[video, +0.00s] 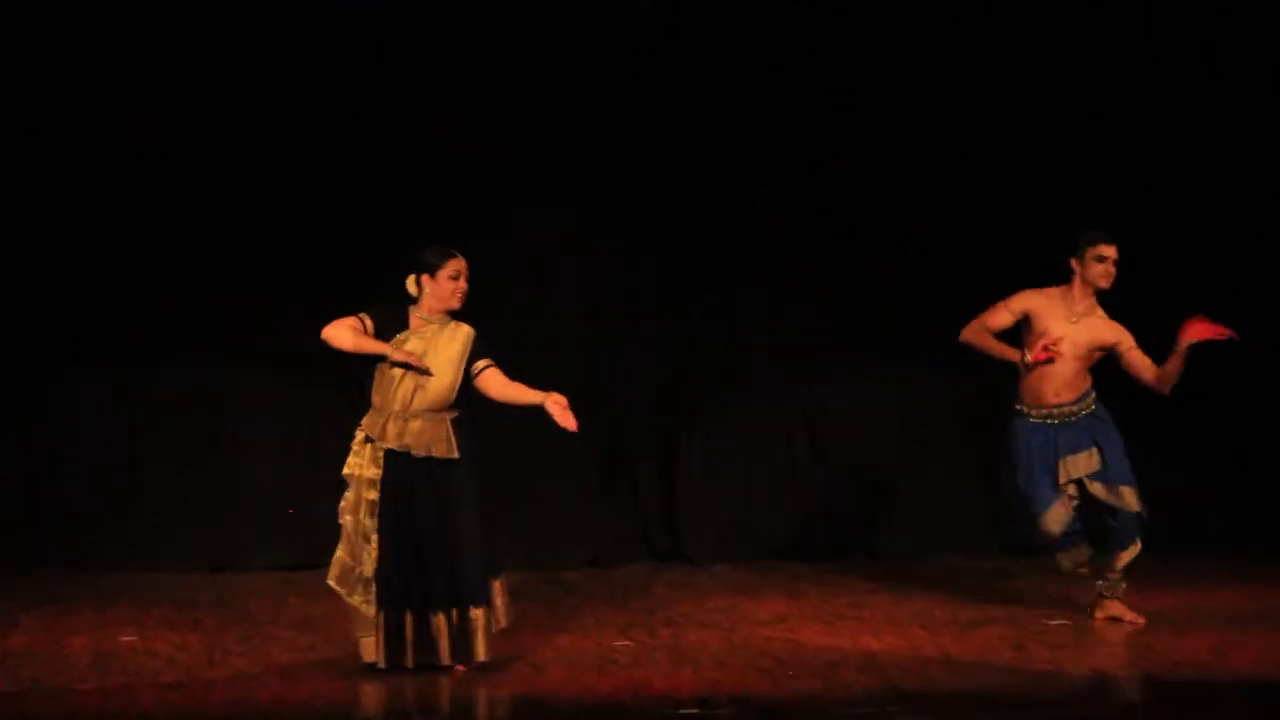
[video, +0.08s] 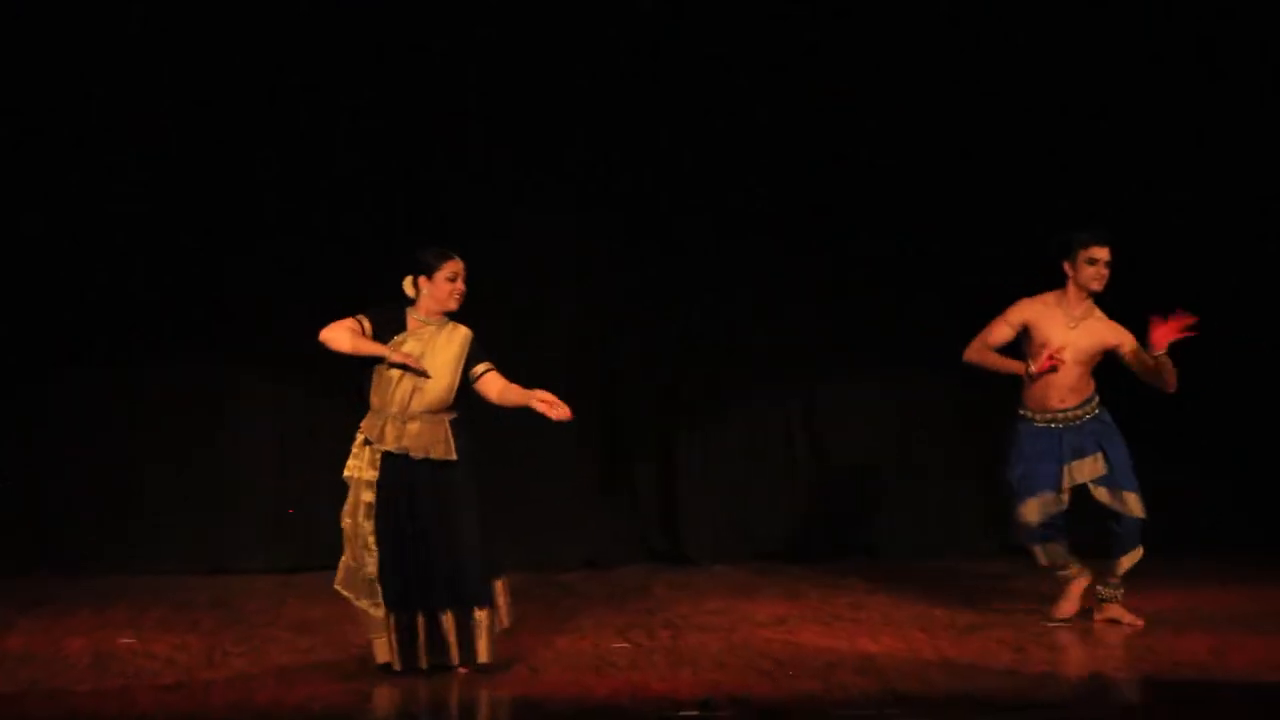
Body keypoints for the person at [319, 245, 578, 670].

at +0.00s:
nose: (463, 286)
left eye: (465, 279)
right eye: (454, 277)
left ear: (463, 285)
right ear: (424, 281)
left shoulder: (462, 339)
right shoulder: (390, 321)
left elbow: (495, 384)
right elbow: (332, 333)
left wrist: (543, 398)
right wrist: (389, 351)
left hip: (438, 451)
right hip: (384, 449)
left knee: (449, 541)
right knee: (391, 544)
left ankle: (452, 650)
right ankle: (394, 649)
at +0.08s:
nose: (460, 287)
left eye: (462, 280)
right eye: (451, 279)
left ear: (460, 287)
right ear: (421, 283)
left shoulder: (459, 339)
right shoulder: (388, 324)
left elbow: (493, 386)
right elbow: (330, 336)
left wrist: (531, 397)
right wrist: (387, 352)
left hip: (437, 454)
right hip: (383, 454)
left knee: (451, 544)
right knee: (395, 549)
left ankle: (461, 656)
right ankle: (405, 654)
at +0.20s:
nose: (446, 286)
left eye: (448, 278)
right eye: (437, 277)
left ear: (443, 287)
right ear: (406, 282)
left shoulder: (448, 336)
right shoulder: (377, 323)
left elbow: (485, 376)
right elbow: (317, 342)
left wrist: (508, 392)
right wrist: (373, 349)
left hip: (428, 451)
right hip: (375, 452)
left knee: (446, 542)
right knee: (380, 547)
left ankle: (454, 650)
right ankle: (403, 643)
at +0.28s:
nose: (430, 282)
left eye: (432, 274)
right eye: (420, 273)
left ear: (428, 282)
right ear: (389, 278)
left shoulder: (436, 332)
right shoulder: (359, 320)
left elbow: (491, 373)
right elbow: (302, 346)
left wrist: (461, 379)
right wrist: (355, 346)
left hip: (416, 448)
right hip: (361, 447)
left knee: (431, 542)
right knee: (351, 544)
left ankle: (443, 652)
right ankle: (364, 644)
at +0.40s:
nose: (385, 277)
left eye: (391, 270)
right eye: (375, 269)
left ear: (398, 278)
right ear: (355, 276)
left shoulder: (412, 326)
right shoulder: (335, 322)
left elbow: (474, 360)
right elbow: (281, 359)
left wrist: (432, 369)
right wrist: (322, 358)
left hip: (399, 447)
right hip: (343, 448)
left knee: (419, 539)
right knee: (345, 545)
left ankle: (430, 646)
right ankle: (342, 647)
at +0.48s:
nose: (344, 279)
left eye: (353, 270)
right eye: (336, 273)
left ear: (370, 277)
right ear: (327, 282)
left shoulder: (396, 324)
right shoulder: (319, 328)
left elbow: (458, 354)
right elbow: (272, 370)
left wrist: (414, 367)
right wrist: (296, 373)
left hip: (386, 447)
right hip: (331, 449)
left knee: (399, 541)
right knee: (336, 545)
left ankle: (404, 647)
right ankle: (339, 648)